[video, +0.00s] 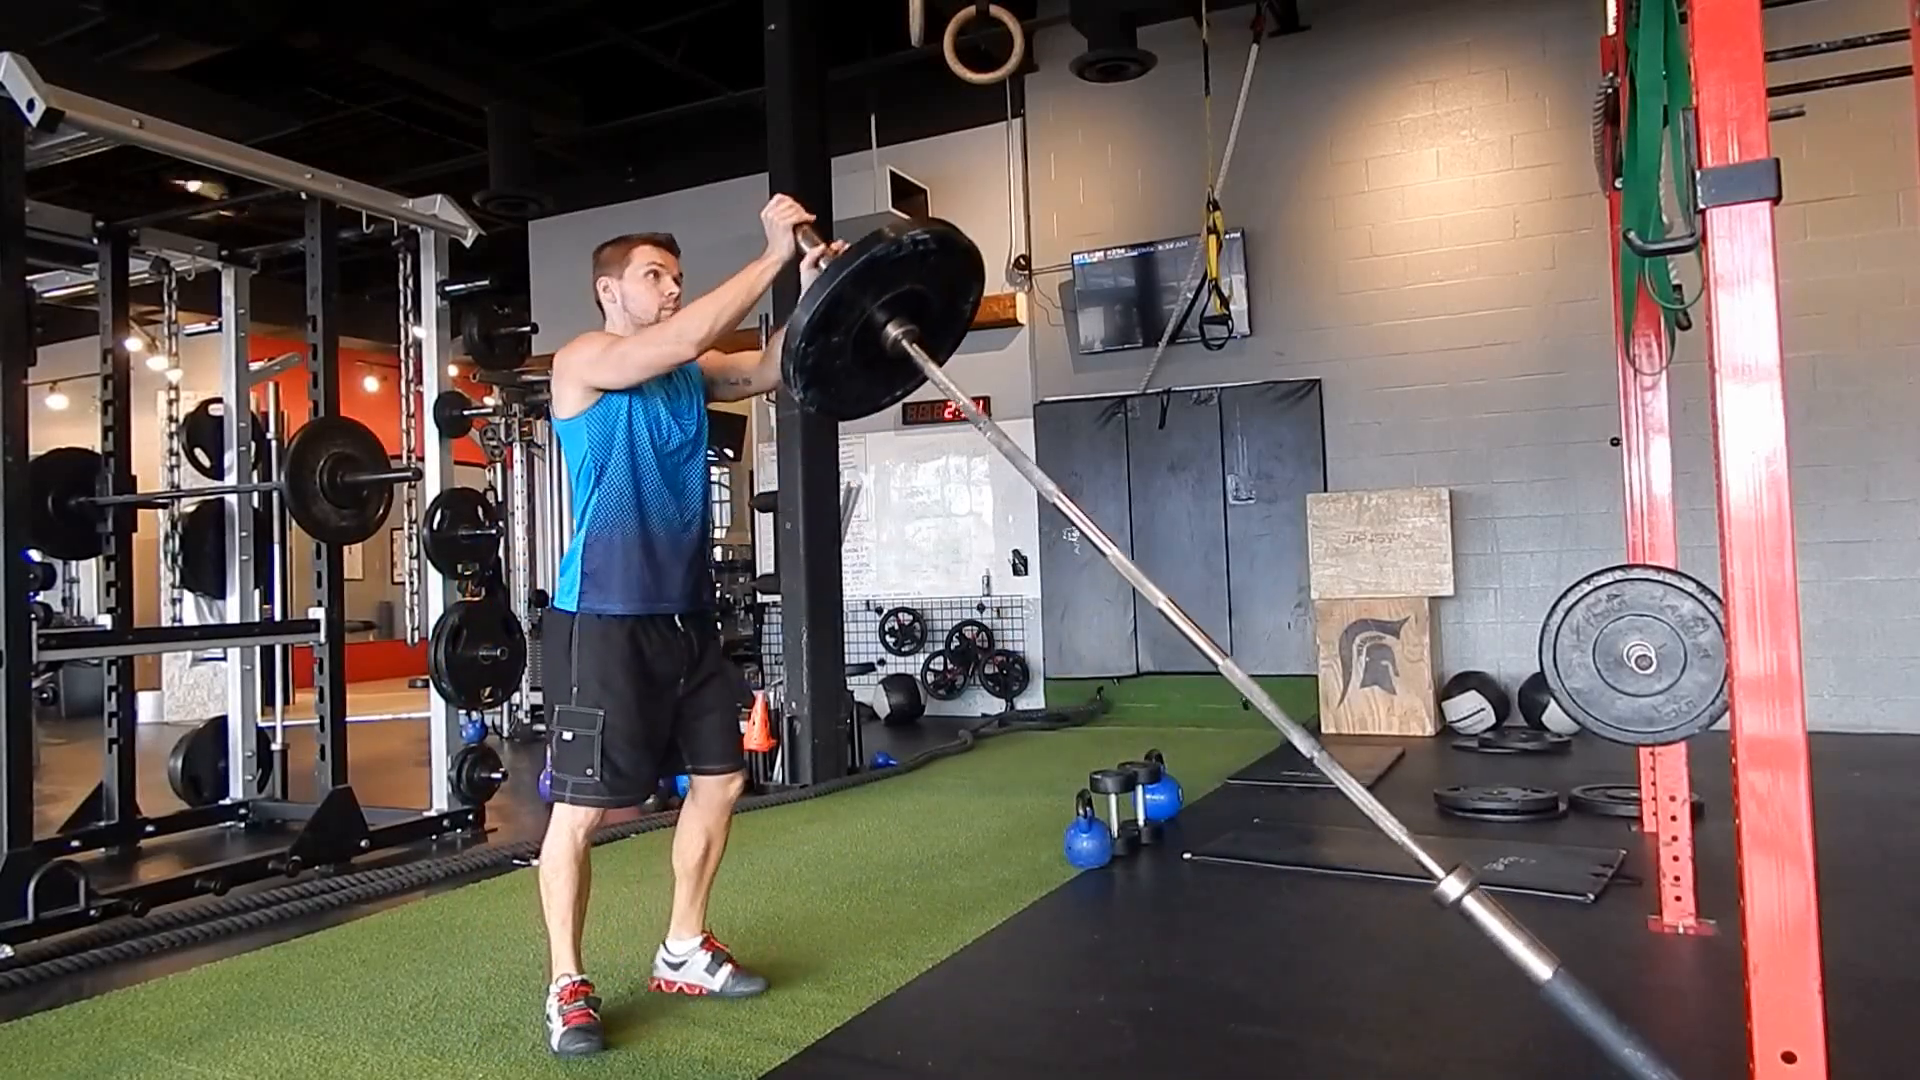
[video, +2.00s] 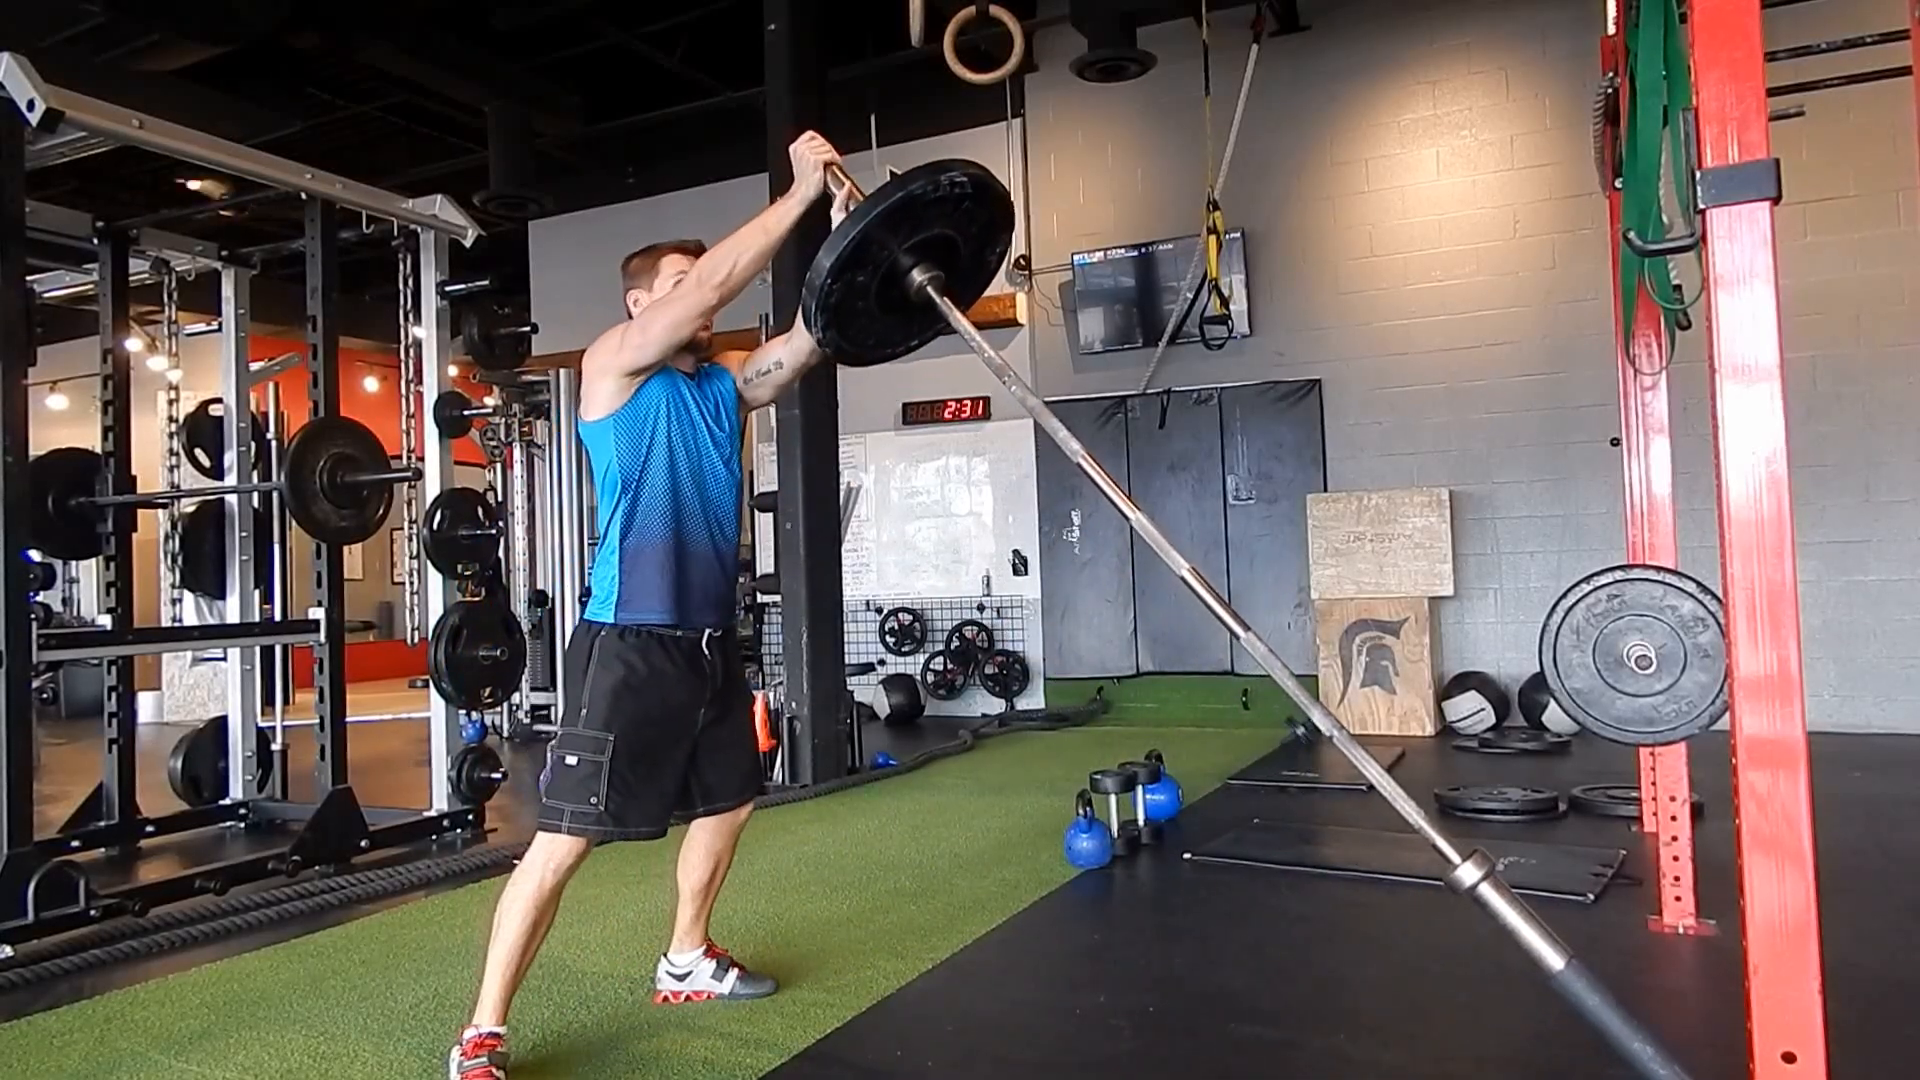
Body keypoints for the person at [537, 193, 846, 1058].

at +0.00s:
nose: (672, 290)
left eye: (678, 280)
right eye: (655, 275)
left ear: (676, 295)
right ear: (608, 289)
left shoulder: (689, 365)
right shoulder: (581, 359)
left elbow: (772, 362)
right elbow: (682, 336)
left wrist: (824, 284)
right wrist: (771, 258)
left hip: (689, 622)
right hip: (603, 623)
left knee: (719, 777)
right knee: (583, 804)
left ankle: (684, 949)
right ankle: (567, 981)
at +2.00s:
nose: (703, 285)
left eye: (704, 276)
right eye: (684, 277)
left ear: (701, 296)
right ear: (638, 297)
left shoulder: (728, 382)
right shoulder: (610, 366)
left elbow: (813, 335)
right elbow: (710, 285)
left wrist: (861, 235)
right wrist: (799, 194)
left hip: (711, 646)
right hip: (624, 646)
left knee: (728, 794)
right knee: (566, 835)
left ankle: (685, 960)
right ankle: (484, 1029)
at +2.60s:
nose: (671, 314)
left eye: (681, 301)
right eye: (655, 302)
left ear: (698, 318)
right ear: (622, 318)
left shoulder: (721, 399)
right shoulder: (580, 391)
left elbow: (794, 341)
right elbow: (621, 318)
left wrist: (783, 239)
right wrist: (698, 211)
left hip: (705, 659)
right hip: (601, 659)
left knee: (737, 808)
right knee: (536, 831)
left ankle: (687, 956)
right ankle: (479, 1026)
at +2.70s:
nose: (655, 333)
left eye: (671, 320)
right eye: (642, 318)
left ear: (695, 331)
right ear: (615, 325)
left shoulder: (715, 411)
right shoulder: (574, 405)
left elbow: (767, 355)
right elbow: (570, 357)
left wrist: (728, 283)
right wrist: (634, 259)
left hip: (697, 662)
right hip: (586, 663)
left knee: (734, 815)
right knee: (519, 831)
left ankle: (695, 948)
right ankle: (475, 1027)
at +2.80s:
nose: (643, 336)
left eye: (658, 320)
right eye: (630, 321)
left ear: (685, 330)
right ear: (605, 335)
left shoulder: (704, 419)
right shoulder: (569, 405)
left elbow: (743, 396)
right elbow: (530, 419)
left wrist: (683, 322)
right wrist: (567, 324)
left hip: (684, 665)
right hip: (570, 665)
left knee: (728, 821)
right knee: (506, 828)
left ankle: (711, 940)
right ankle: (473, 1029)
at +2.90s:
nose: (620, 342)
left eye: (636, 326)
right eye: (604, 329)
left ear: (666, 326)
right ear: (585, 332)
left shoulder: (694, 397)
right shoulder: (554, 394)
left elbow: (694, 448)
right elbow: (496, 483)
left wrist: (625, 386)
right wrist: (504, 403)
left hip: (671, 667)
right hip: (557, 668)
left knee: (722, 832)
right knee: (491, 834)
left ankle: (727, 935)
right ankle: (472, 1032)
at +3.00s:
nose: (596, 352)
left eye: (613, 335)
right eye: (581, 336)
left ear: (646, 340)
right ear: (565, 341)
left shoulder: (680, 420)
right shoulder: (525, 429)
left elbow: (638, 507)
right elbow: (504, 528)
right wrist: (459, 494)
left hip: (659, 670)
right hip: (545, 675)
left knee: (715, 832)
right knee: (480, 836)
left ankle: (740, 932)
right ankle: (471, 1032)